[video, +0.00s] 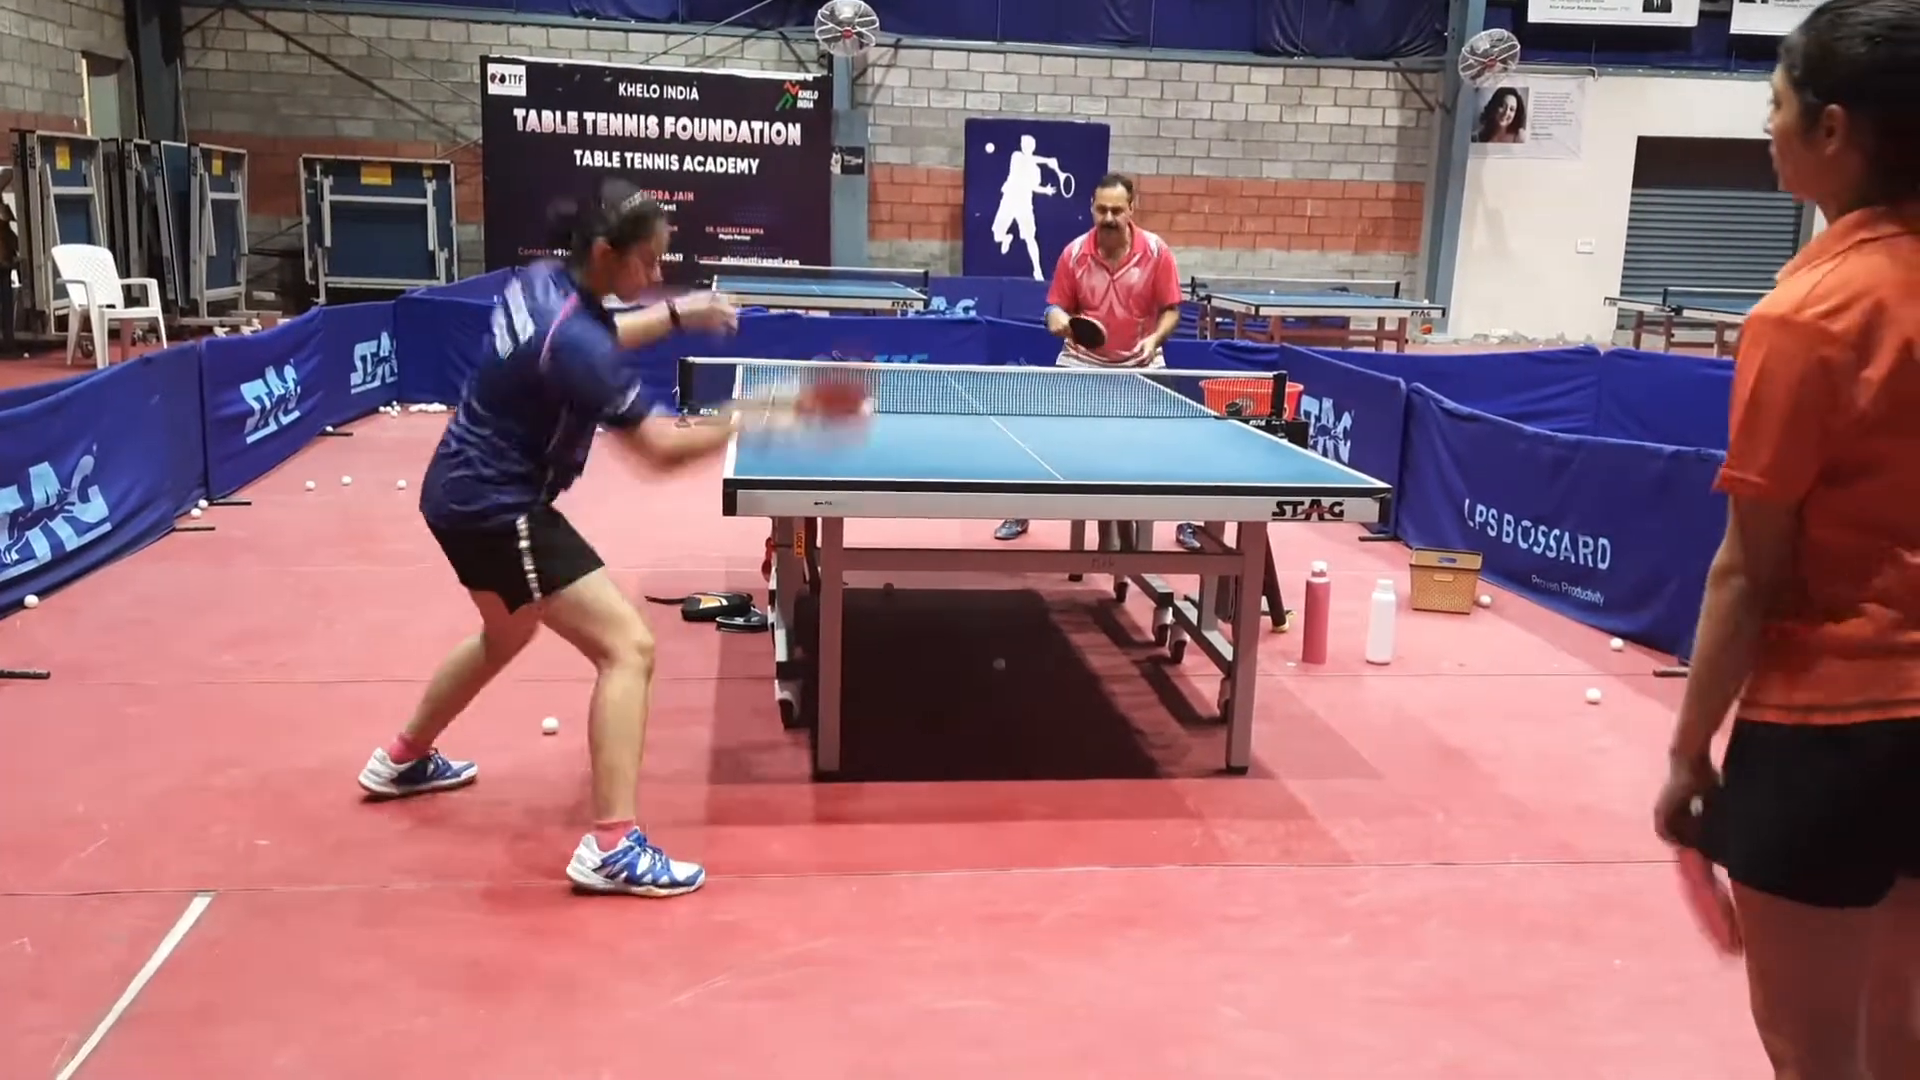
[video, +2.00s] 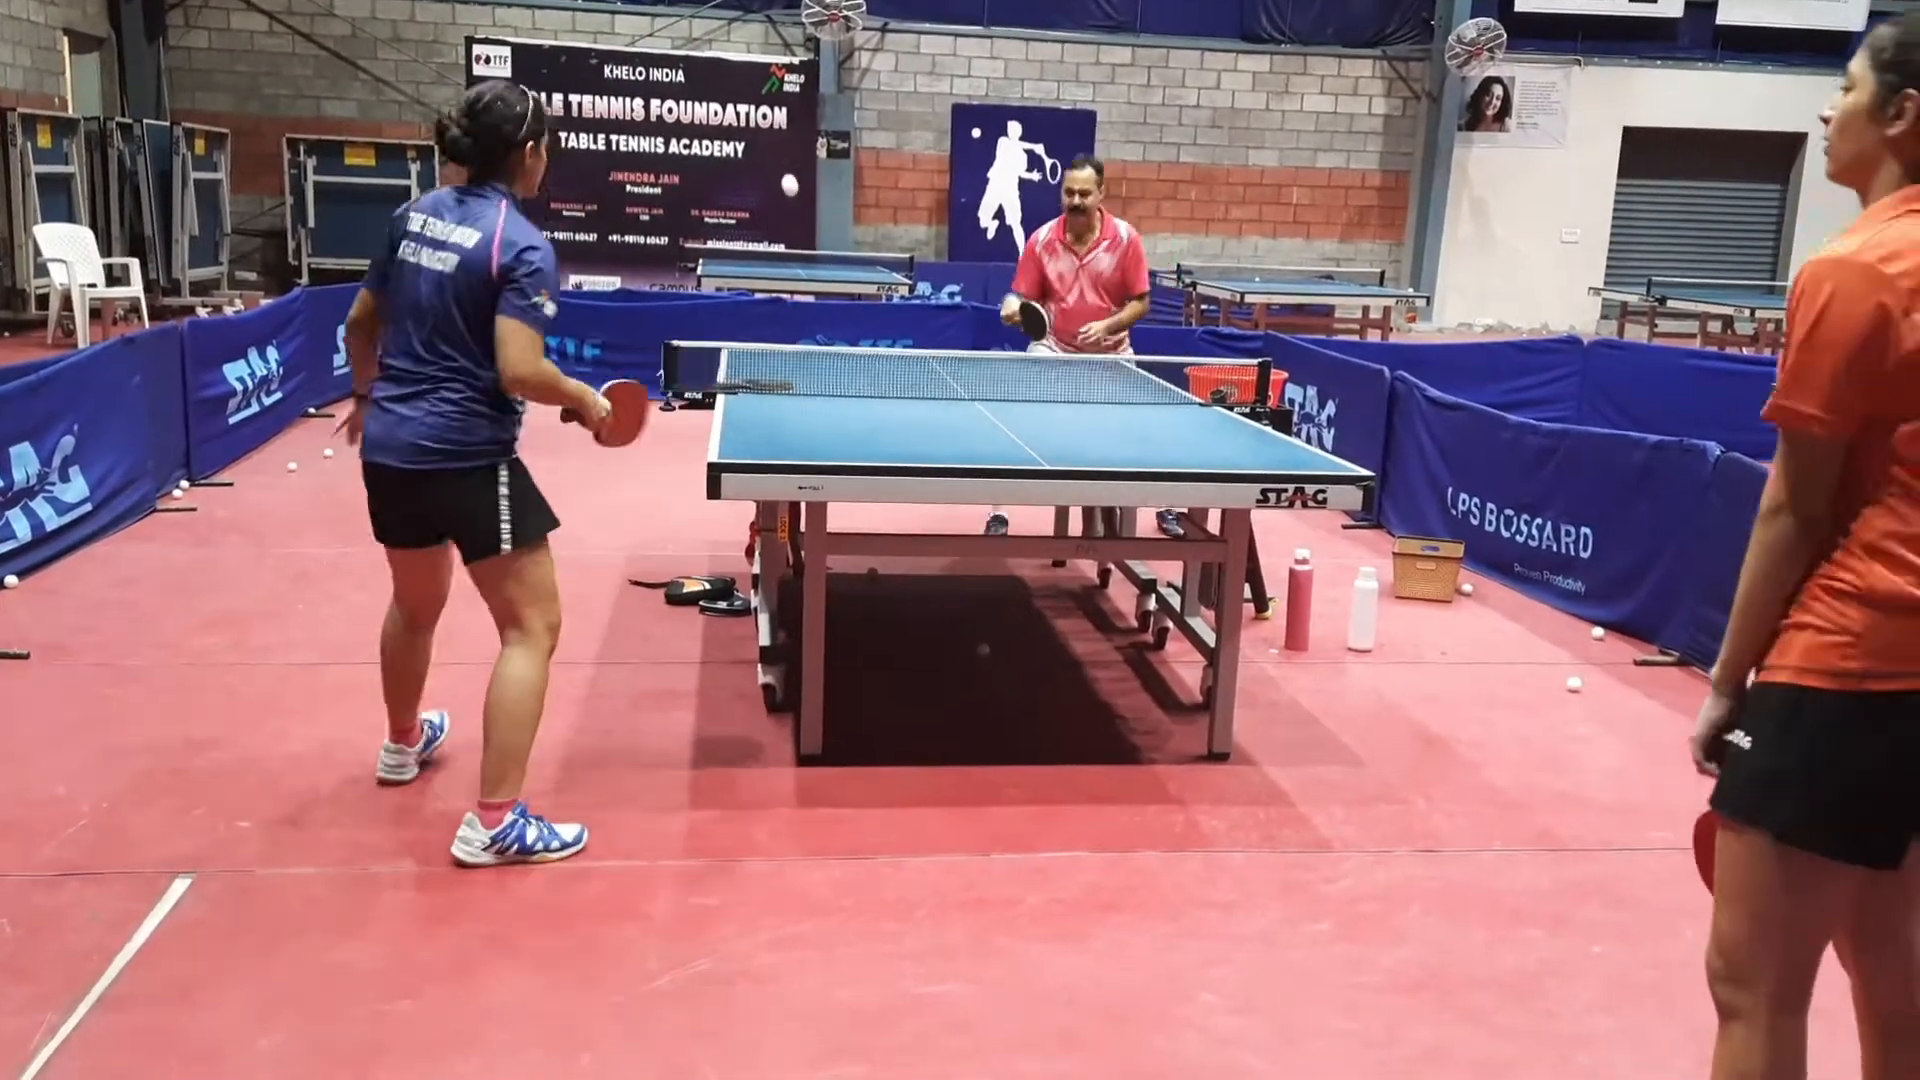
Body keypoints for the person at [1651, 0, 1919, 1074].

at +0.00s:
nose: (1772, 140)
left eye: (1780, 118)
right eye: (1775, 117)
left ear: (1836, 131)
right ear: (1876, 129)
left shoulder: (1811, 314)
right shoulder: (1903, 269)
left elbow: (1752, 570)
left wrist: (1687, 753)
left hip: (1826, 740)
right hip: (1911, 725)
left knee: (1814, 1051)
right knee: (1898, 1038)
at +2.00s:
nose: (1829, 108)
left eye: (1848, 89)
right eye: (1840, 86)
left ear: (1900, 114)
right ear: (1906, 115)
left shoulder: (1861, 270)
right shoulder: (1899, 256)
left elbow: (1795, 509)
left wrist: (1726, 681)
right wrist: (1735, 677)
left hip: (1838, 673)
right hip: (1908, 676)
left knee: (1752, 995)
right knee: (1895, 981)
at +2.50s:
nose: (1681, 110)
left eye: (1694, 91)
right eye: (1689, 88)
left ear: (1744, 116)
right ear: (1801, 122)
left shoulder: (1728, 301)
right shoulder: (1879, 249)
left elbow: (1657, 553)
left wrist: (1575, 742)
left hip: (1743, 692)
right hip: (1863, 672)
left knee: (1692, 1002)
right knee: (1734, 914)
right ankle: (1769, 1078)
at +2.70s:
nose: (1640, 136)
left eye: (1650, 113)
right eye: (1644, 113)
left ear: (1706, 124)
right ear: (1748, 123)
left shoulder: (1716, 317)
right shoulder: (1842, 252)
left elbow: (1630, 567)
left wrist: (1532, 754)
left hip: (1724, 696)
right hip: (1811, 669)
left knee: (1694, 1009)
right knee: (1600, 891)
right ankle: (1617, 1079)